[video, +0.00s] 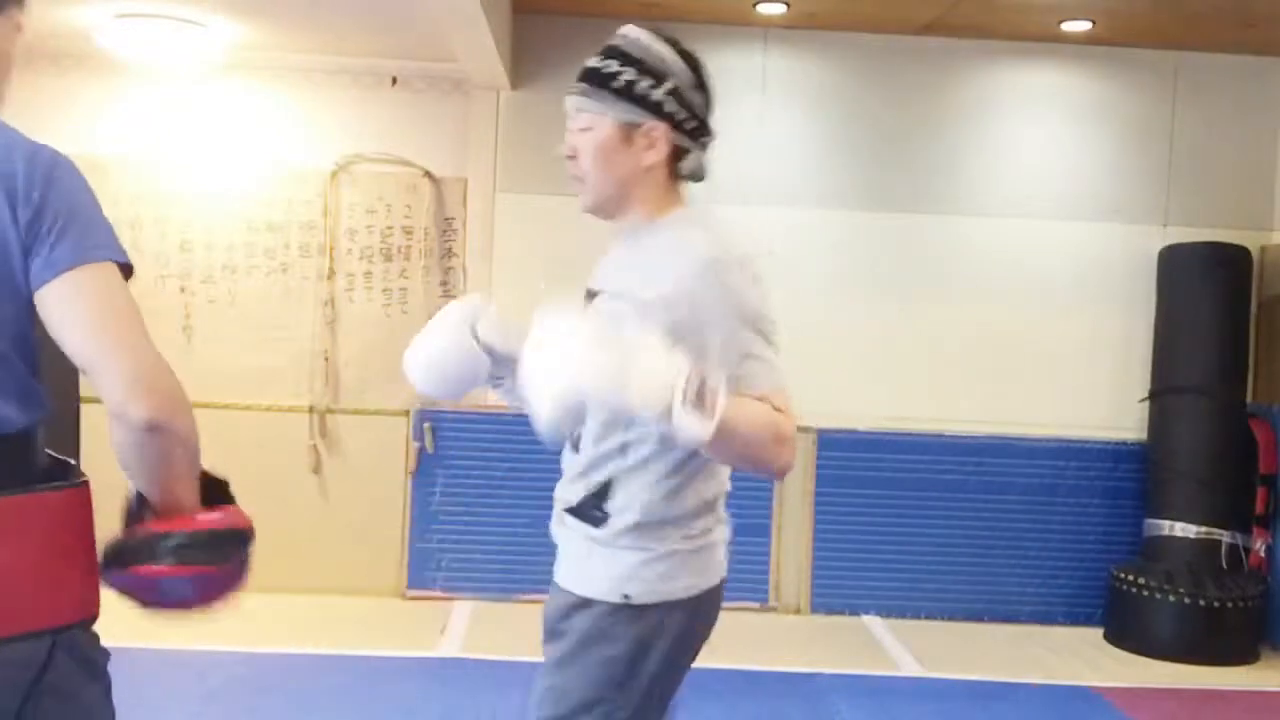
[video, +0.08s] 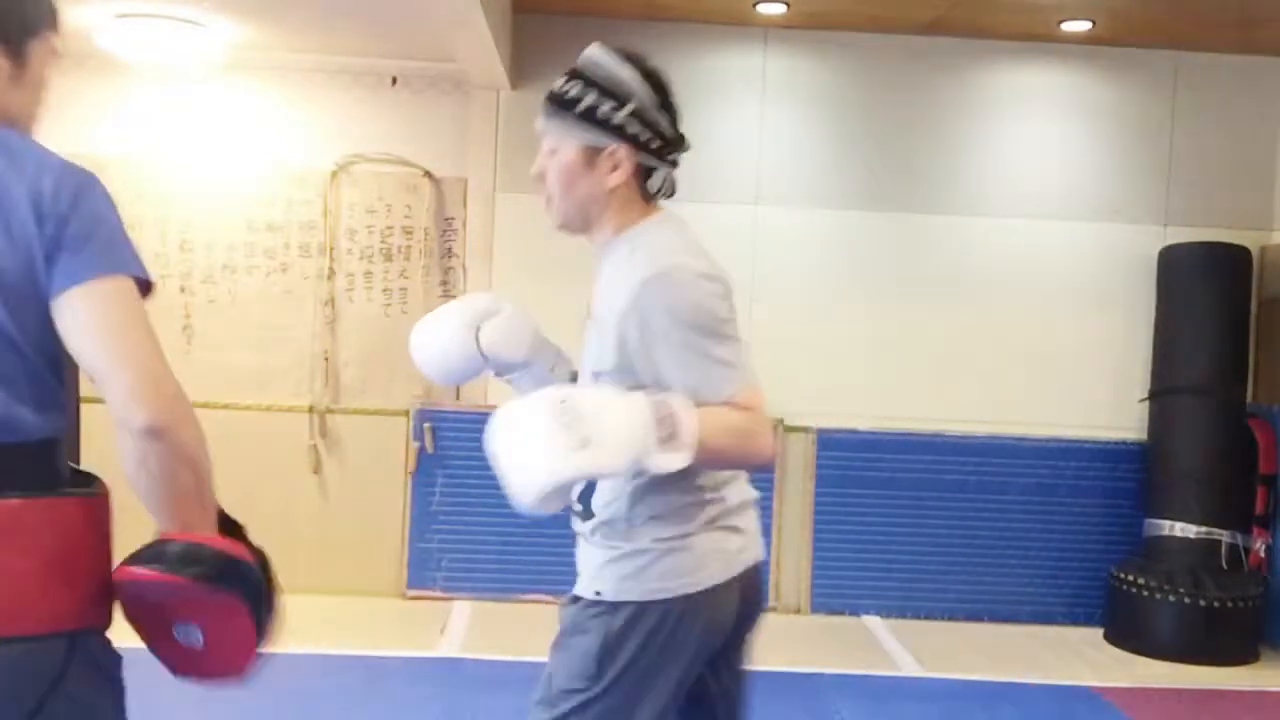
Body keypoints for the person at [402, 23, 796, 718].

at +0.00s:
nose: (565, 150)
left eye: (583, 127)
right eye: (569, 129)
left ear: (652, 142)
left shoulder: (705, 262)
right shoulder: (627, 256)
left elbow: (775, 443)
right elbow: (593, 411)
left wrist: (654, 383)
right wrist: (501, 362)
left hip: (642, 588)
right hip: (597, 575)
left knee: (568, 706)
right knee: (575, 704)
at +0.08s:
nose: (537, 171)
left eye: (552, 150)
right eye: (541, 149)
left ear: (615, 165)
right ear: (611, 167)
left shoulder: (664, 274)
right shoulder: (634, 263)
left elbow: (754, 437)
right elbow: (618, 417)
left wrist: (627, 428)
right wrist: (533, 364)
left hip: (653, 587)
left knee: (571, 707)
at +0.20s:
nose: (543, 194)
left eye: (554, 175)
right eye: (546, 175)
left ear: (611, 184)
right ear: (616, 186)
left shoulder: (649, 283)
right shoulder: (689, 256)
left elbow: (710, 457)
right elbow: (651, 409)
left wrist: (571, 428)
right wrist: (551, 350)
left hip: (662, 590)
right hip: (746, 578)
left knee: (570, 710)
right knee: (765, 714)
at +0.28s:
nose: (591, 206)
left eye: (599, 185)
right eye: (592, 185)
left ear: (650, 188)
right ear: (659, 190)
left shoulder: (656, 289)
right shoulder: (748, 269)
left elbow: (652, 458)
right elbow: (708, 348)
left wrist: (545, 397)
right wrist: (591, 314)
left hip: (687, 601)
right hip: (787, 590)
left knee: (597, 708)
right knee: (807, 710)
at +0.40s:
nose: (702, 218)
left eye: (712, 199)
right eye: (704, 199)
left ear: (756, 205)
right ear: (784, 209)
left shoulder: (741, 298)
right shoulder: (868, 300)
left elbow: (697, 451)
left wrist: (625, 375)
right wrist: (709, 331)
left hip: (773, 620)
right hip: (876, 610)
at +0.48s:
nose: (740, 227)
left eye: (748, 208)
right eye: (741, 208)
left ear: (794, 214)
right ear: (812, 215)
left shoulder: (779, 302)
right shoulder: (897, 304)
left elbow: (752, 460)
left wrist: (679, 393)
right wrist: (740, 359)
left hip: (812, 620)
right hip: (909, 608)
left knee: (724, 709)